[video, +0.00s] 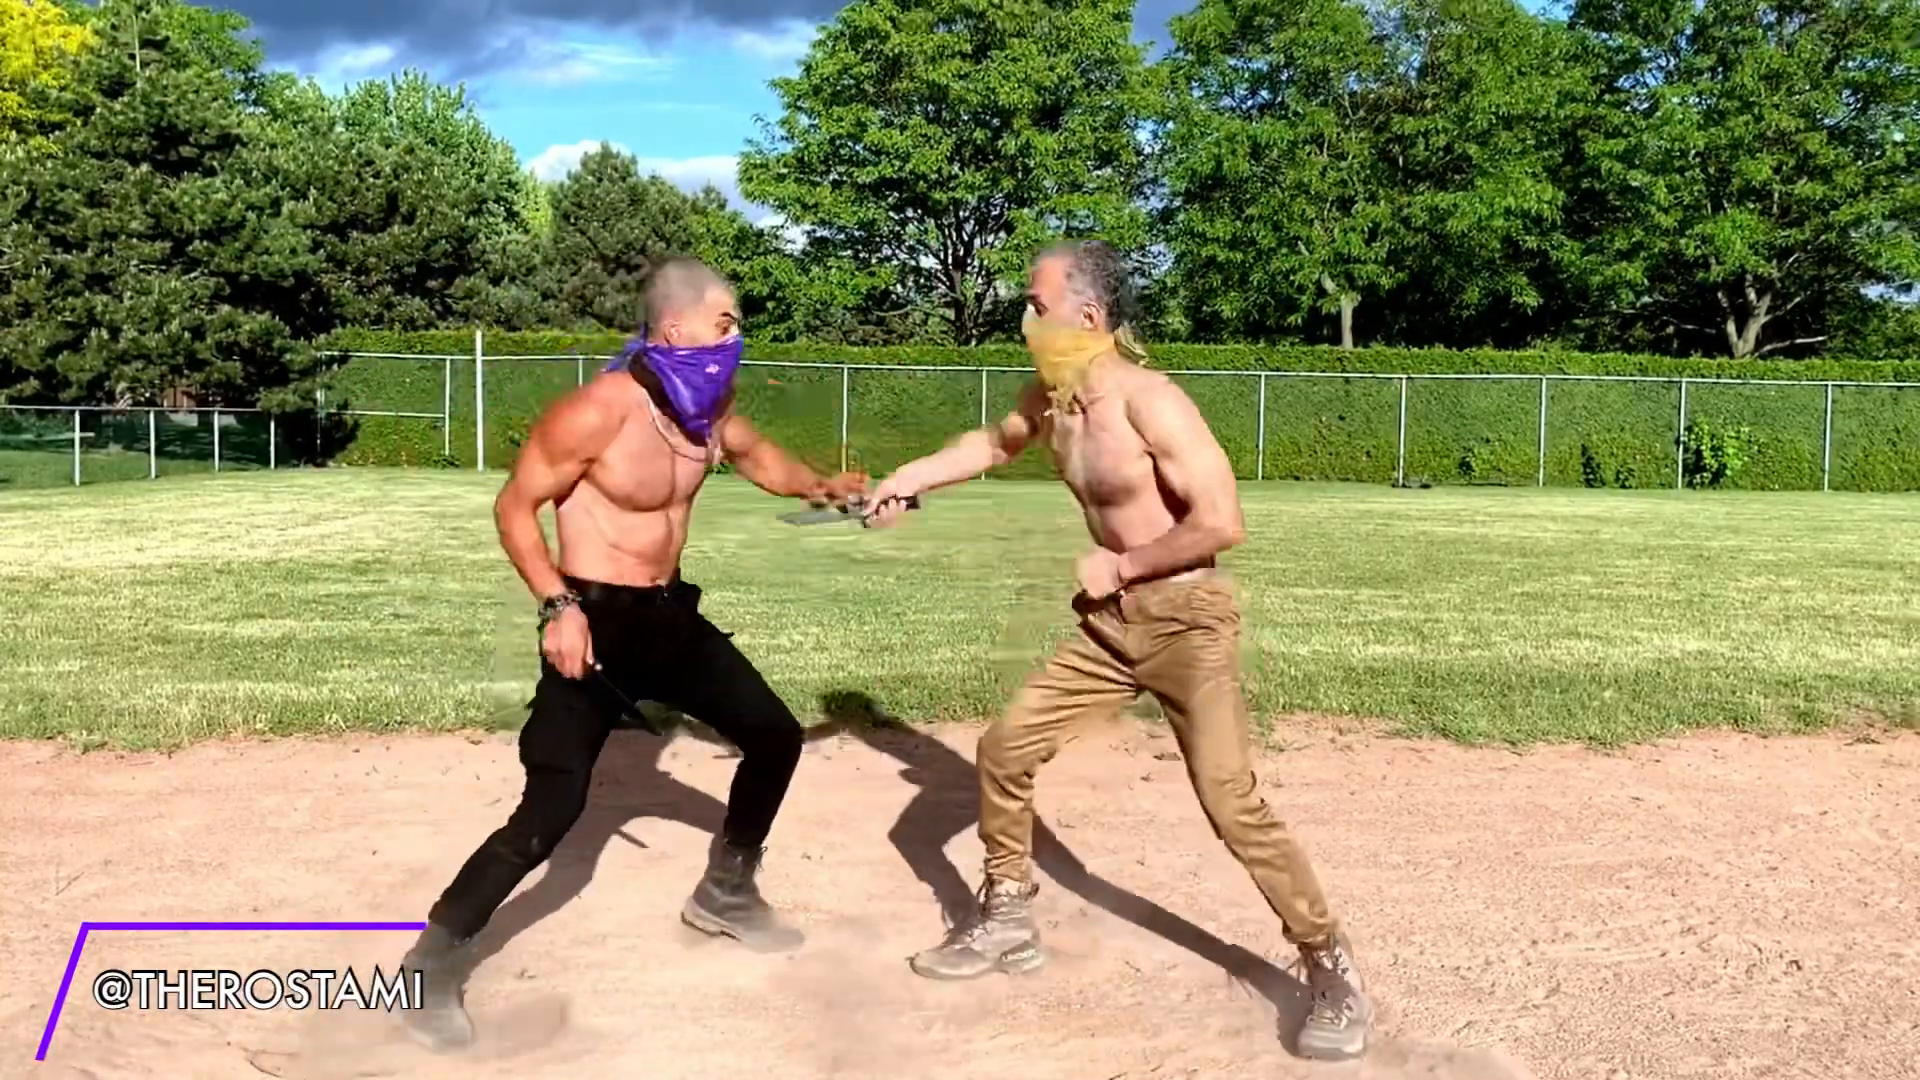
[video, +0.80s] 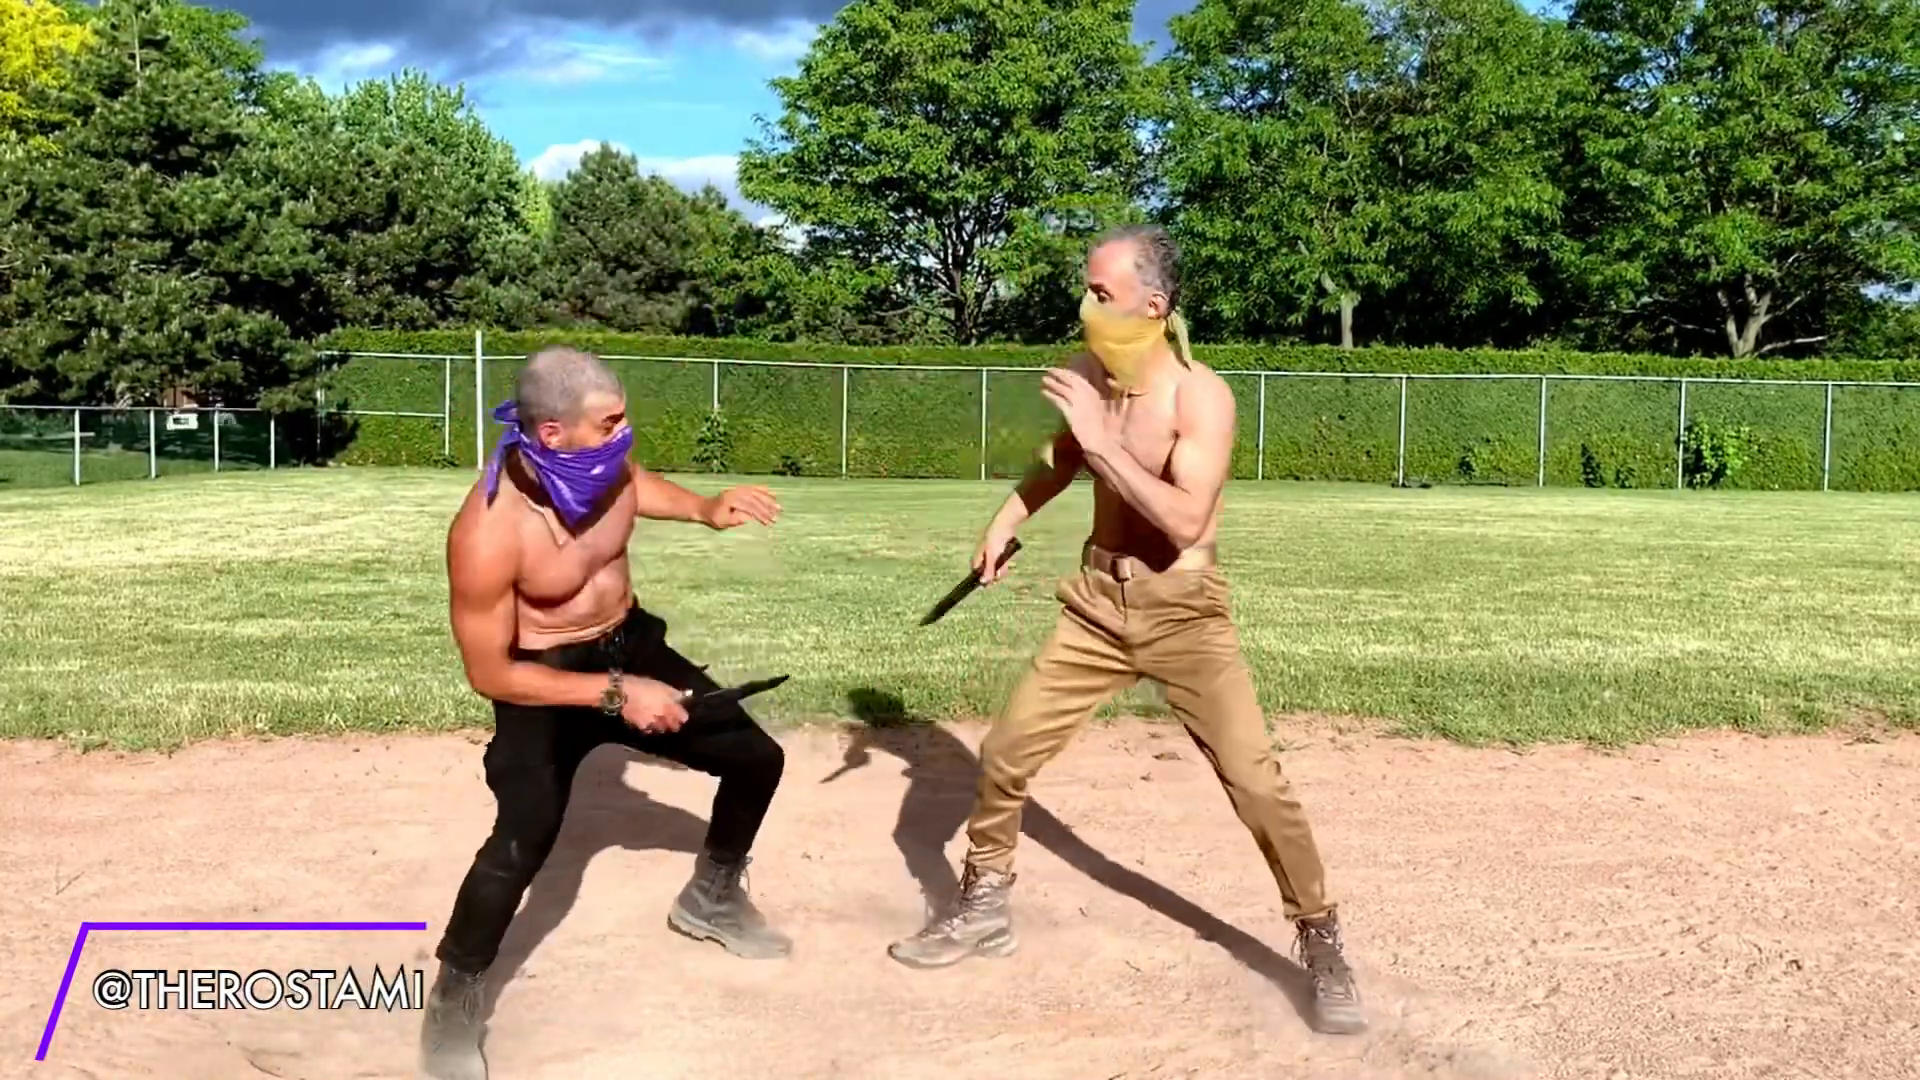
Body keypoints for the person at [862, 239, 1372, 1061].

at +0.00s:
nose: (1027, 320)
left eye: (1038, 306)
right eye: (1027, 306)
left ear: (1090, 310)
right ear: (1070, 312)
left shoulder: (1150, 398)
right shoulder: (1050, 400)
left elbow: (1221, 523)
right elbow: (993, 443)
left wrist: (1122, 563)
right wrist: (910, 477)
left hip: (1189, 618)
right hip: (1109, 621)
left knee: (1229, 799)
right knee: (1005, 750)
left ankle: (1329, 968)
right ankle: (1006, 918)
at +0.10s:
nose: (1022, 318)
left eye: (1034, 304)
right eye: (1022, 304)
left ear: (1086, 309)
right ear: (1066, 310)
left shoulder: (1157, 401)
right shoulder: (1035, 388)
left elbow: (1177, 528)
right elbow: (967, 442)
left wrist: (1066, 493)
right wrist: (891, 496)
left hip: (1166, 622)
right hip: (1085, 614)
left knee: (1243, 789)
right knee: (980, 745)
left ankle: (1338, 952)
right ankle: (997, 909)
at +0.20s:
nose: (1018, 307)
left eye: (1029, 294)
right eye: (1018, 293)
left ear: (1076, 300)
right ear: (1063, 299)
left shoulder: (1111, 377)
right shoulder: (1062, 393)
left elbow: (1034, 445)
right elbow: (1072, 489)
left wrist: (927, 409)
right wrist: (1027, 537)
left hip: (1142, 618)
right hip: (1068, 613)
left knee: (1210, 782)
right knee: (982, 757)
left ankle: (1323, 944)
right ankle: (984, 912)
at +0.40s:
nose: (1029, 268)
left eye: (1042, 257)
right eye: (1032, 256)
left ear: (1089, 273)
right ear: (1075, 273)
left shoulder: (1107, 354)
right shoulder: (1066, 357)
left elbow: (1101, 472)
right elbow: (1057, 440)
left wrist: (995, 514)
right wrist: (991, 446)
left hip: (1116, 594)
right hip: (1049, 591)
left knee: (1189, 768)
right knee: (961, 751)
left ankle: (1317, 939)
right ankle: (988, 912)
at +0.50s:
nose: (1054, 276)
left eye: (1070, 267)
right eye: (1058, 263)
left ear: (1116, 290)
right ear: (1083, 284)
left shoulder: (1147, 386)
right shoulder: (1034, 350)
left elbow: (1173, 517)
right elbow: (942, 356)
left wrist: (1058, 510)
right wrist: (852, 390)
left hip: (1129, 600)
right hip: (1049, 595)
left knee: (1188, 764)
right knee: (958, 747)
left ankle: (1298, 936)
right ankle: (978, 905)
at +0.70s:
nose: (1089, 323)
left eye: (1107, 312)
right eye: (1088, 308)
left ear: (1157, 326)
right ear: (1088, 307)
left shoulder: (1194, 419)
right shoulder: (1066, 379)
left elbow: (1186, 545)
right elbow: (1005, 415)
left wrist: (1091, 484)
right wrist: (923, 469)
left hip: (1160, 628)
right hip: (1065, 616)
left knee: (1244, 784)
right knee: (969, 750)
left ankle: (1319, 944)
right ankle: (978, 905)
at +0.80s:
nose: (1087, 307)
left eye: (1102, 295)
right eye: (1086, 292)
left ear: (1155, 303)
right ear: (1106, 297)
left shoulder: (1206, 397)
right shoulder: (1091, 383)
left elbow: (1188, 523)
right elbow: (1058, 468)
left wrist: (1096, 438)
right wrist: (1008, 520)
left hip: (1188, 617)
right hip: (1096, 608)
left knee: (1255, 785)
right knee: (1005, 755)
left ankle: (1323, 947)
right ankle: (985, 908)